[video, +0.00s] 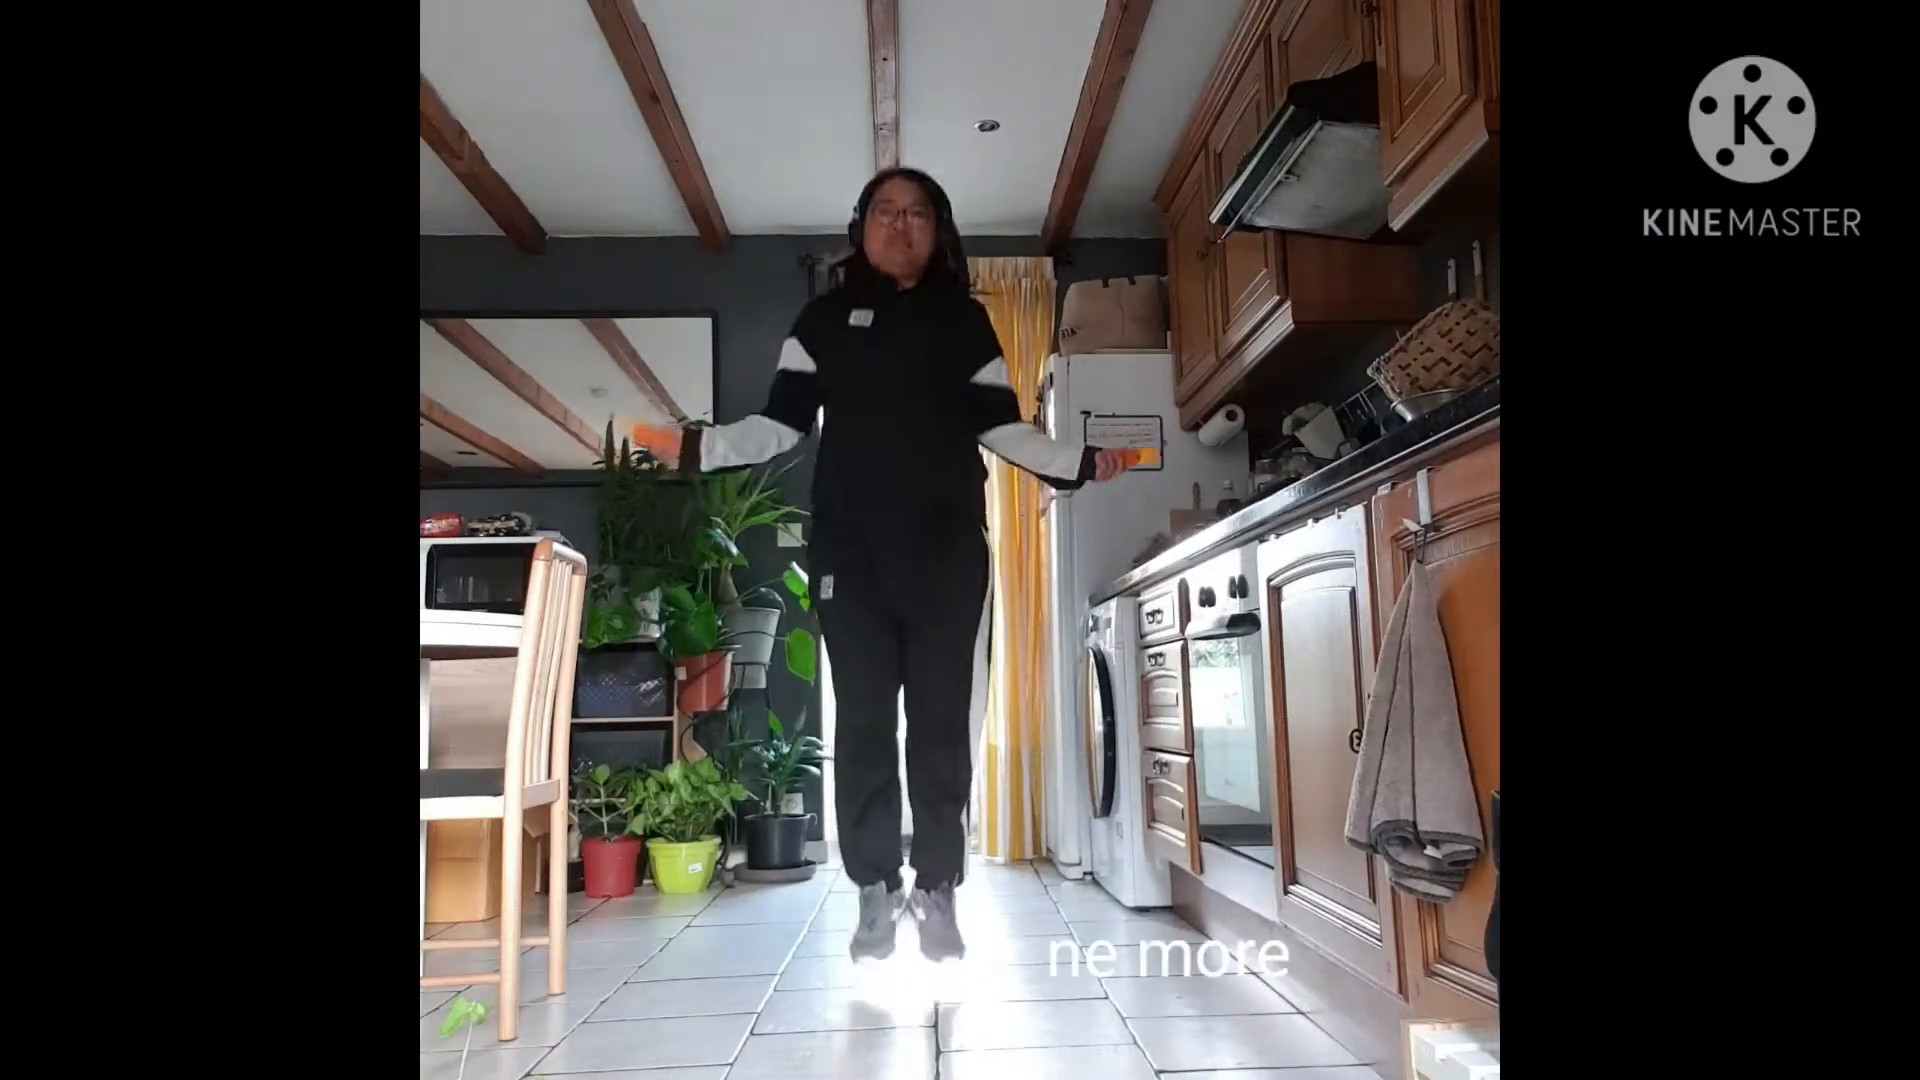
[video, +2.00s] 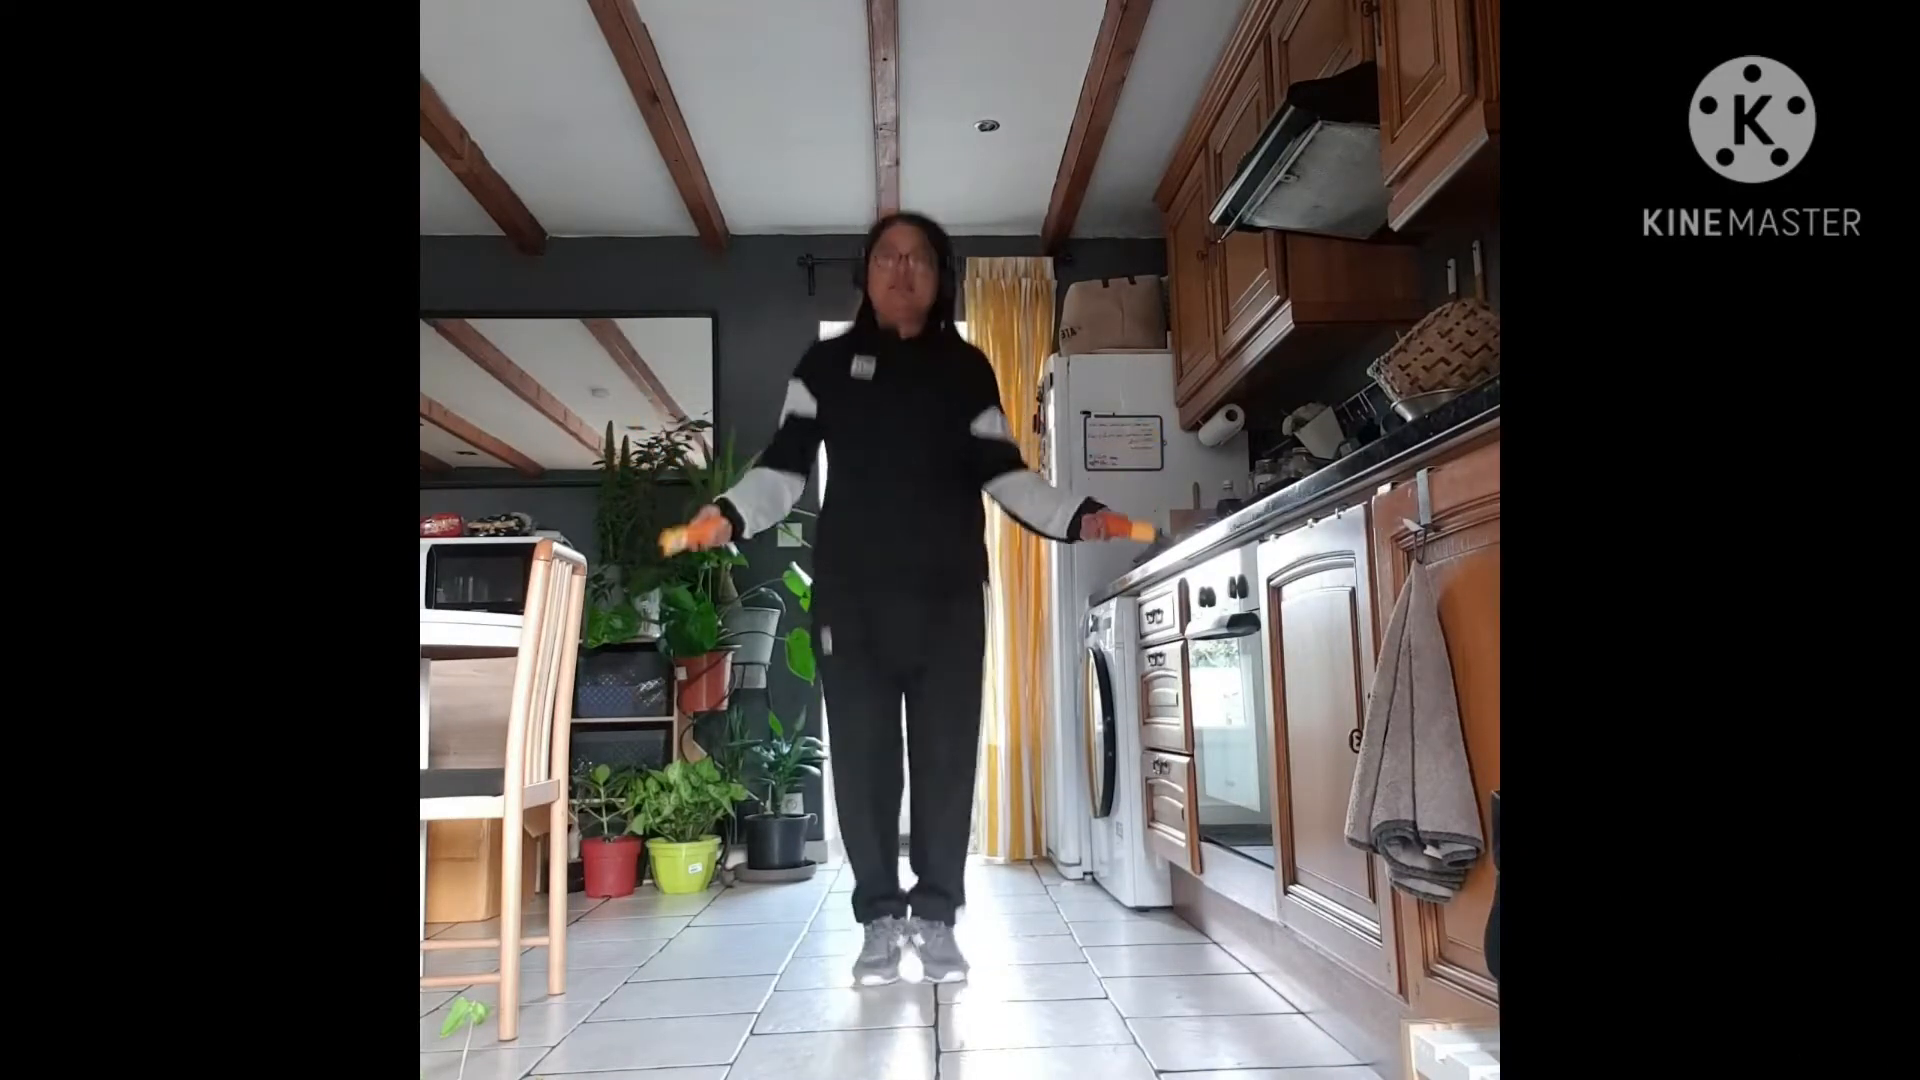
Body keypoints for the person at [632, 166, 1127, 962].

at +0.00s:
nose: (899, 224)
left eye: (915, 213)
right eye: (885, 211)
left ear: (939, 232)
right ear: (860, 229)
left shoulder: (962, 318)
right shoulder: (825, 317)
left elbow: (998, 424)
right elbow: (785, 424)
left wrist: (1068, 464)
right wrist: (706, 443)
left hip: (946, 544)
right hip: (851, 543)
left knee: (941, 720)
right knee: (863, 721)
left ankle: (937, 890)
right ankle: (876, 891)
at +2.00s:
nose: (901, 268)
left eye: (918, 257)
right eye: (887, 255)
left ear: (940, 277)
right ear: (865, 273)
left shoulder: (966, 367)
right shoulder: (827, 364)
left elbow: (1002, 473)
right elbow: (786, 466)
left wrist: (1077, 515)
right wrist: (726, 514)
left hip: (948, 593)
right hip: (852, 592)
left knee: (946, 760)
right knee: (864, 761)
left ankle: (937, 920)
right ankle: (880, 920)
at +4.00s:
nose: (910, 222)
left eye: (925, 213)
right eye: (895, 213)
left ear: (950, 238)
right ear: (871, 237)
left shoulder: (972, 323)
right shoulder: (836, 319)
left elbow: (1009, 428)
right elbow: (786, 424)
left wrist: (1096, 463)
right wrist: (695, 455)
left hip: (953, 548)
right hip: (858, 547)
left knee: (951, 724)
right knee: (870, 725)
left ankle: (941, 891)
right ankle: (882, 896)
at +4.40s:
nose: (907, 213)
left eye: (923, 204)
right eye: (892, 203)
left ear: (947, 229)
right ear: (868, 225)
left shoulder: (968, 312)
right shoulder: (834, 309)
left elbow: (1006, 420)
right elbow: (786, 413)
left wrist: (1093, 460)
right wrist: (688, 446)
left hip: (951, 539)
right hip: (854, 537)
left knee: (949, 718)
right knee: (865, 718)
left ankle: (944, 887)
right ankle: (879, 889)